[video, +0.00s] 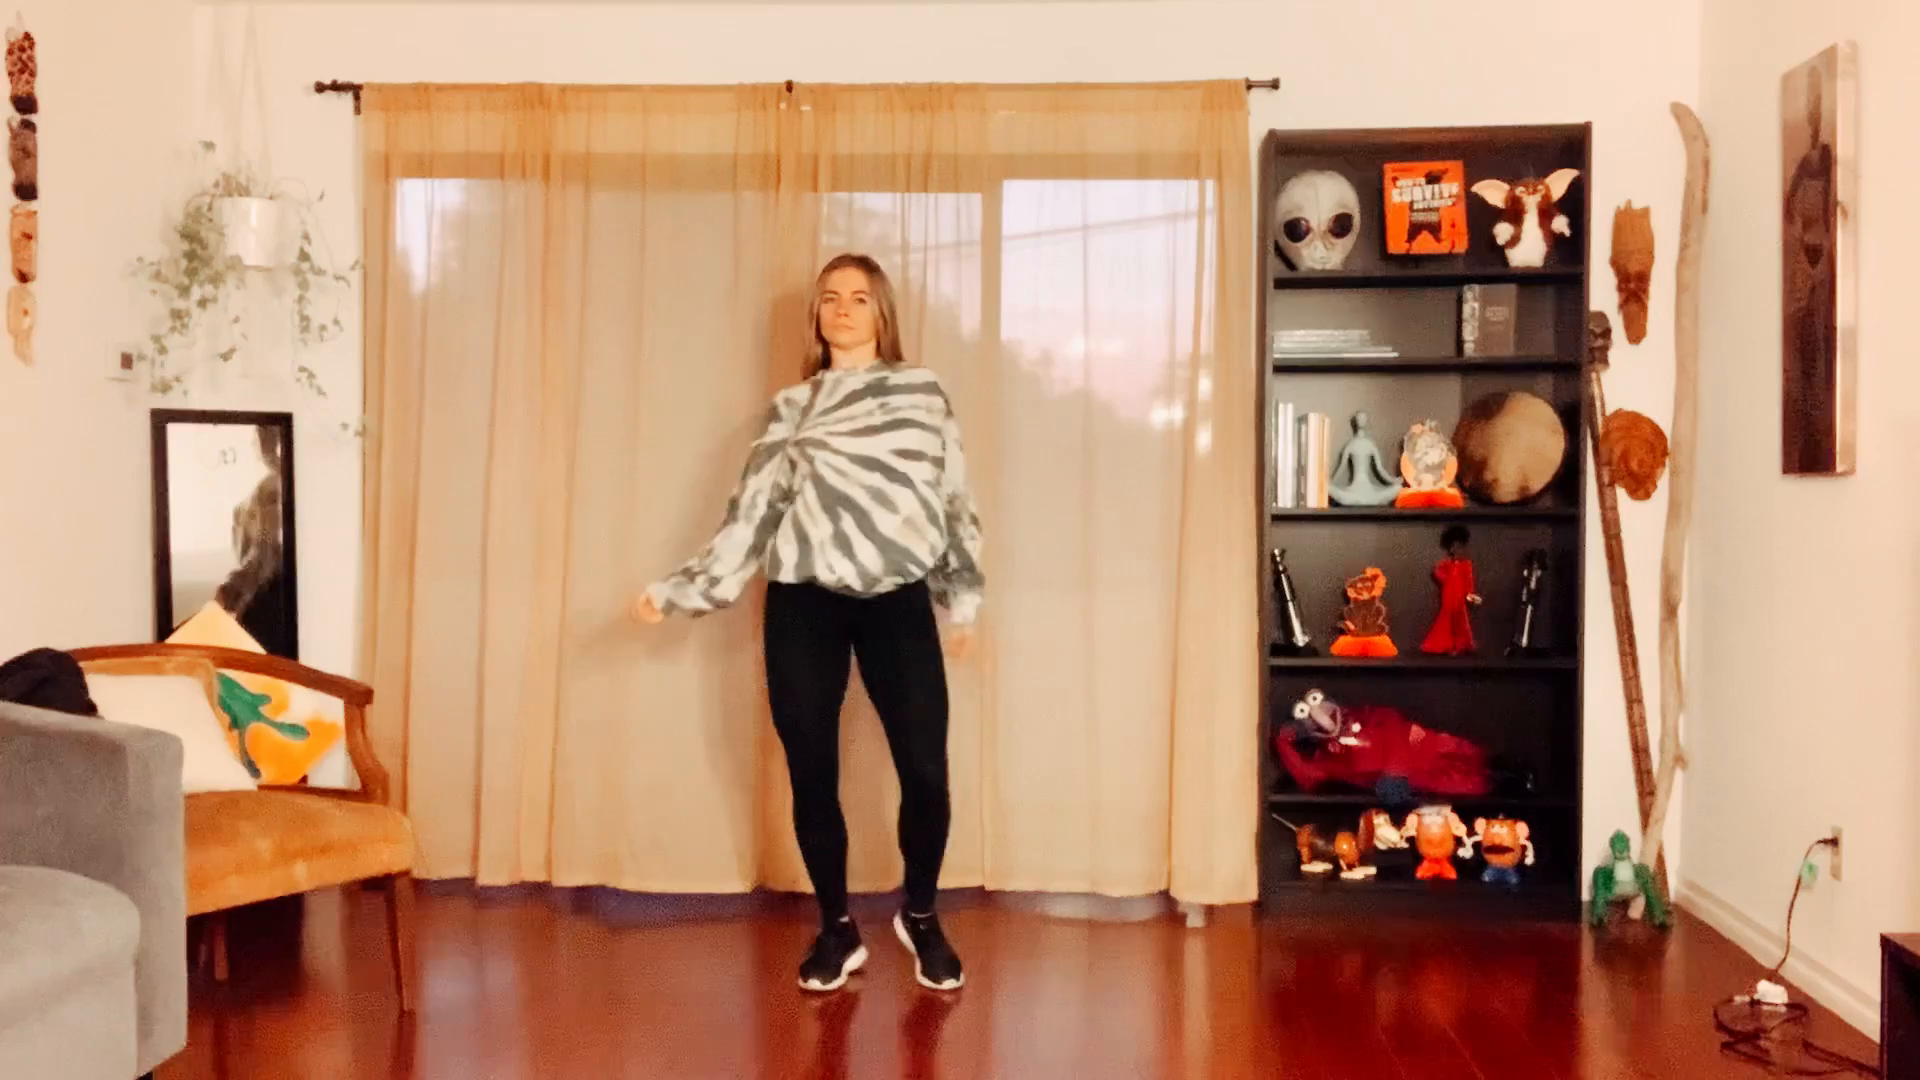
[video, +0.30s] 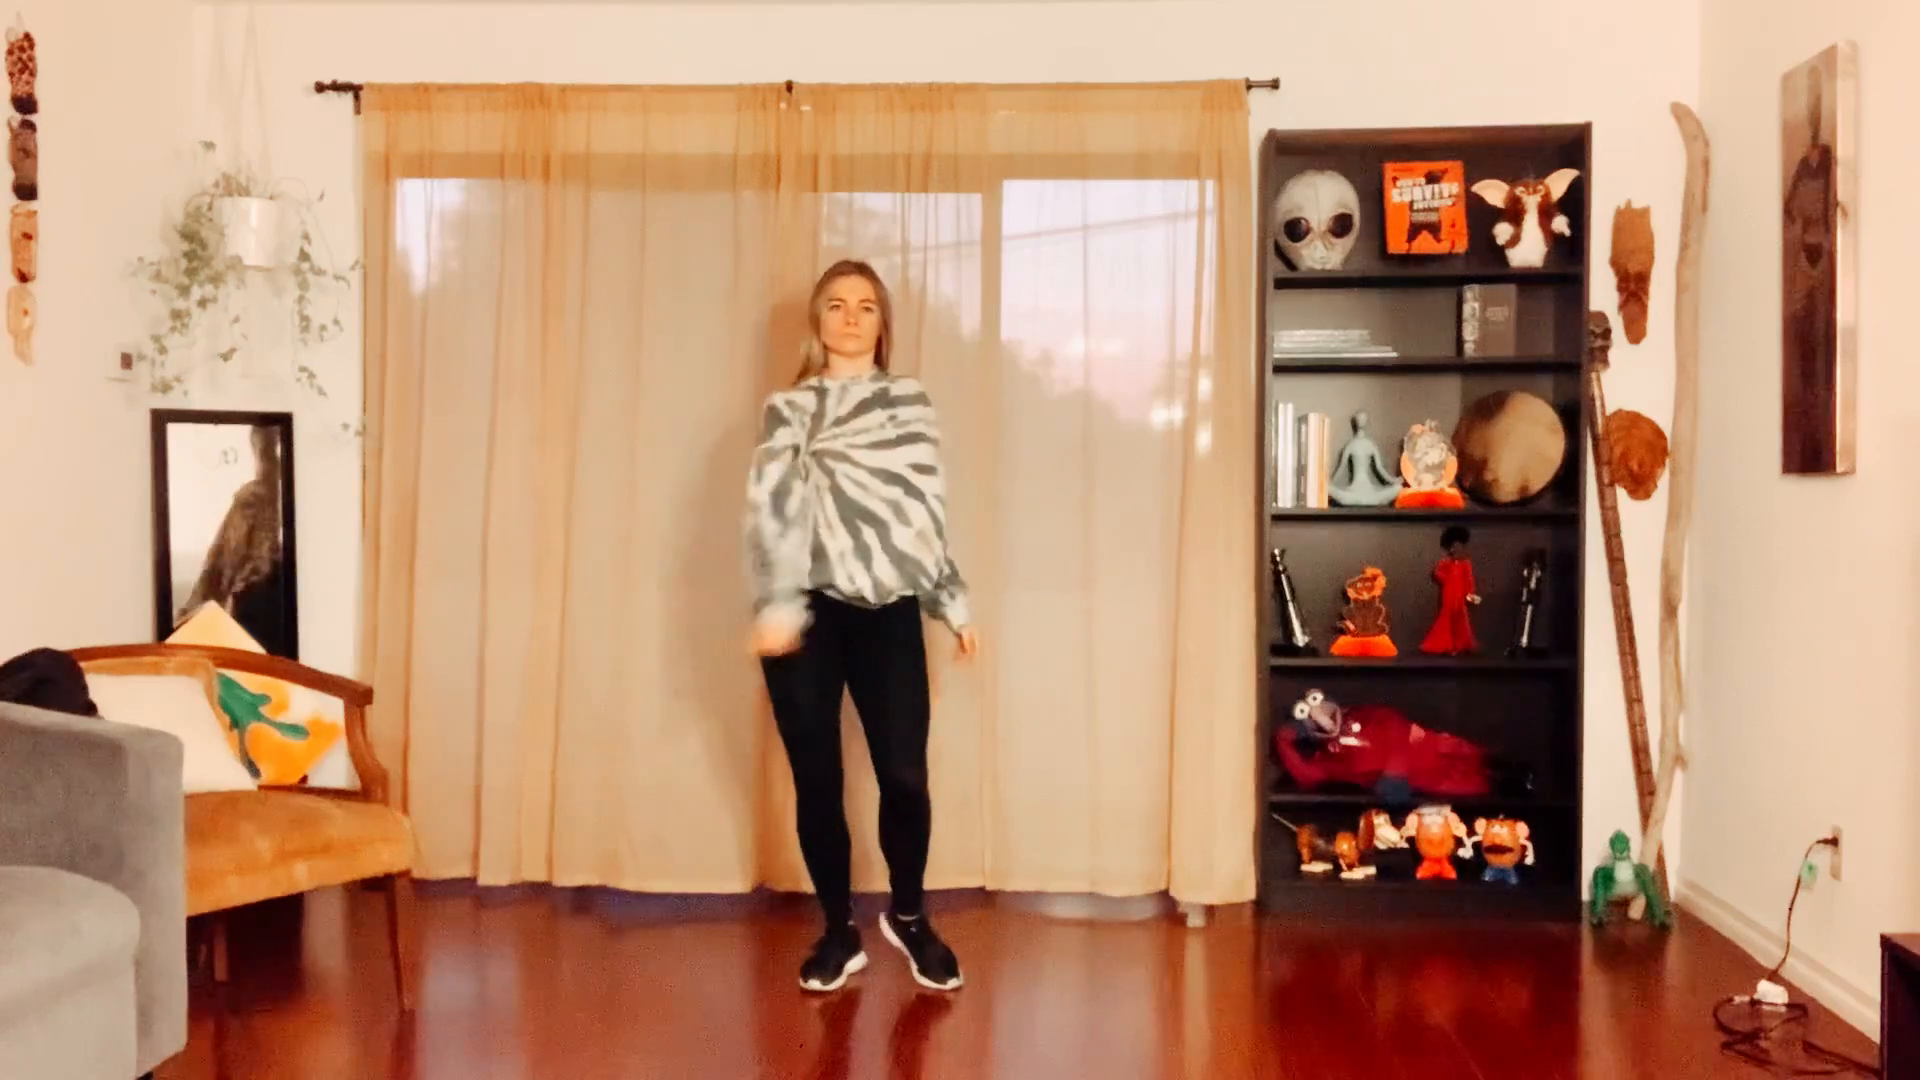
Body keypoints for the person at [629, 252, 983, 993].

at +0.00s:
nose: (843, 306)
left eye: (858, 296)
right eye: (831, 296)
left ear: (882, 311)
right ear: (815, 314)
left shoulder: (922, 392)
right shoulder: (795, 406)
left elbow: (954, 501)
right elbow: (751, 518)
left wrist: (960, 600)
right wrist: (680, 588)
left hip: (896, 600)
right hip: (803, 599)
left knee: (927, 774)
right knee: (813, 776)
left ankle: (921, 913)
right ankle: (836, 929)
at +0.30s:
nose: (851, 315)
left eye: (865, 305)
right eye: (836, 305)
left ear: (883, 320)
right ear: (815, 319)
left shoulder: (909, 404)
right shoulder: (790, 409)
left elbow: (926, 509)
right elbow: (772, 511)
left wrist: (952, 601)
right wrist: (779, 600)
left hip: (889, 613)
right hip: (803, 613)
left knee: (904, 778)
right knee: (819, 784)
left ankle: (908, 914)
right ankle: (838, 933)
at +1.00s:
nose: (868, 317)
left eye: (883, 306)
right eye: (853, 305)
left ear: (900, 320)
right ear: (830, 317)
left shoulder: (922, 407)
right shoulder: (795, 396)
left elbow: (945, 518)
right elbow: (736, 480)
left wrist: (966, 623)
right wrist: (678, 563)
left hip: (929, 616)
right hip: (838, 617)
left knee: (926, 791)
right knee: (832, 794)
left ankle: (909, 955)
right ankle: (835, 923)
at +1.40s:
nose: (900, 315)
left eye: (915, 303)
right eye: (884, 304)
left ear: (934, 316)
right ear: (865, 317)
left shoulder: (965, 407)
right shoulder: (833, 403)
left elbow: (998, 520)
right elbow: (799, 515)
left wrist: (1017, 629)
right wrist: (794, 623)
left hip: (958, 619)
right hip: (866, 619)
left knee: (933, 796)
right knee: (866, 798)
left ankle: (908, 957)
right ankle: (844, 920)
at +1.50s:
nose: (902, 313)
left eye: (917, 301)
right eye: (887, 302)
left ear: (938, 312)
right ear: (869, 315)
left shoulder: (972, 404)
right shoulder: (838, 403)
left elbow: (1009, 517)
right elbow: (810, 516)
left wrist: (1005, 623)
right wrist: (805, 613)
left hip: (952, 622)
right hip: (859, 621)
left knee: (931, 799)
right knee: (848, 804)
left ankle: (908, 959)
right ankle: (848, 924)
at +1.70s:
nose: (902, 312)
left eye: (917, 300)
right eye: (887, 301)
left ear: (939, 310)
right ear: (871, 314)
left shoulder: (978, 397)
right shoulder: (841, 402)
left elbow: (1006, 505)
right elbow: (797, 480)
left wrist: (952, 531)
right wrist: (800, 508)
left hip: (940, 617)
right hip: (848, 615)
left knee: (922, 795)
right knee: (833, 795)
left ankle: (906, 959)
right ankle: (847, 954)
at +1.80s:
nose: (899, 310)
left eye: (915, 298)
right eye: (885, 299)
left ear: (936, 310)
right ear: (868, 313)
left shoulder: (969, 393)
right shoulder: (838, 402)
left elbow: (1005, 484)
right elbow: (790, 492)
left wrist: (918, 464)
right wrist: (821, 448)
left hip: (932, 613)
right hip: (841, 613)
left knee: (918, 794)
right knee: (828, 792)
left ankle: (906, 960)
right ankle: (845, 956)